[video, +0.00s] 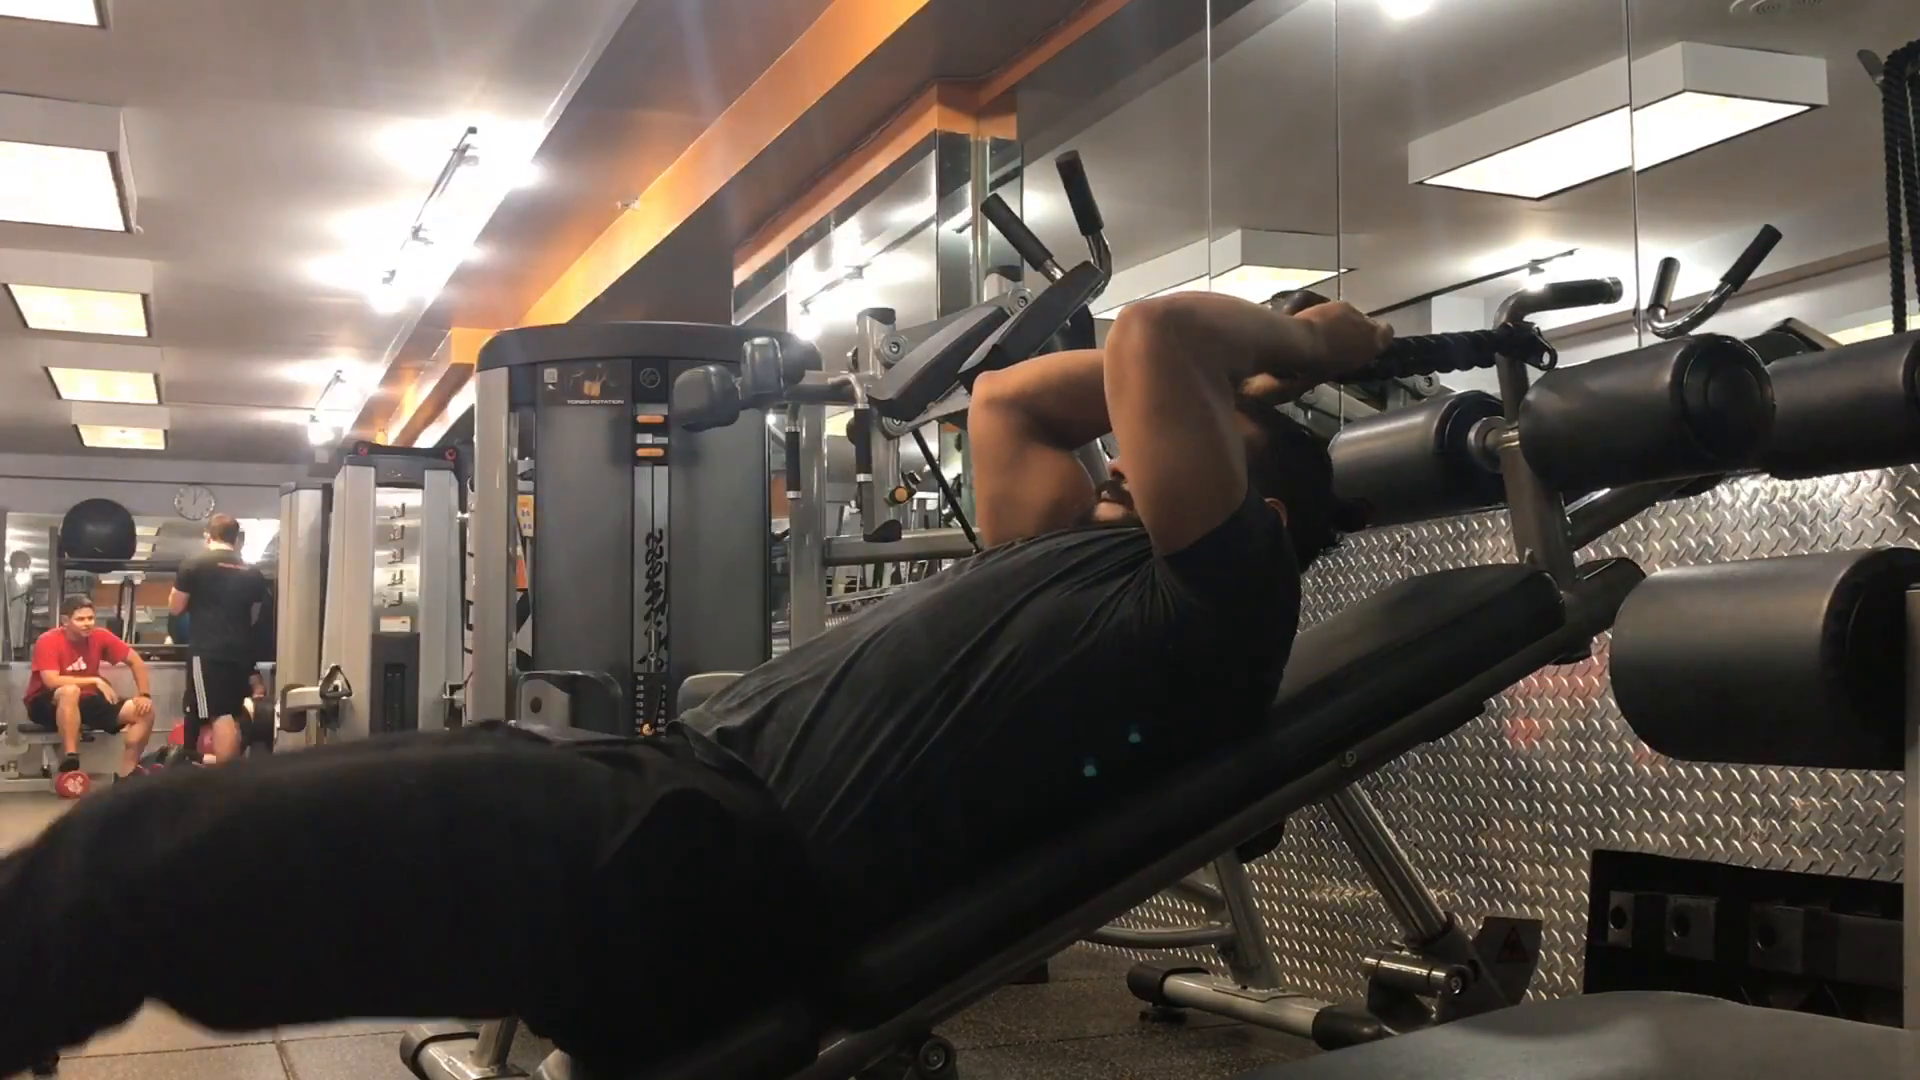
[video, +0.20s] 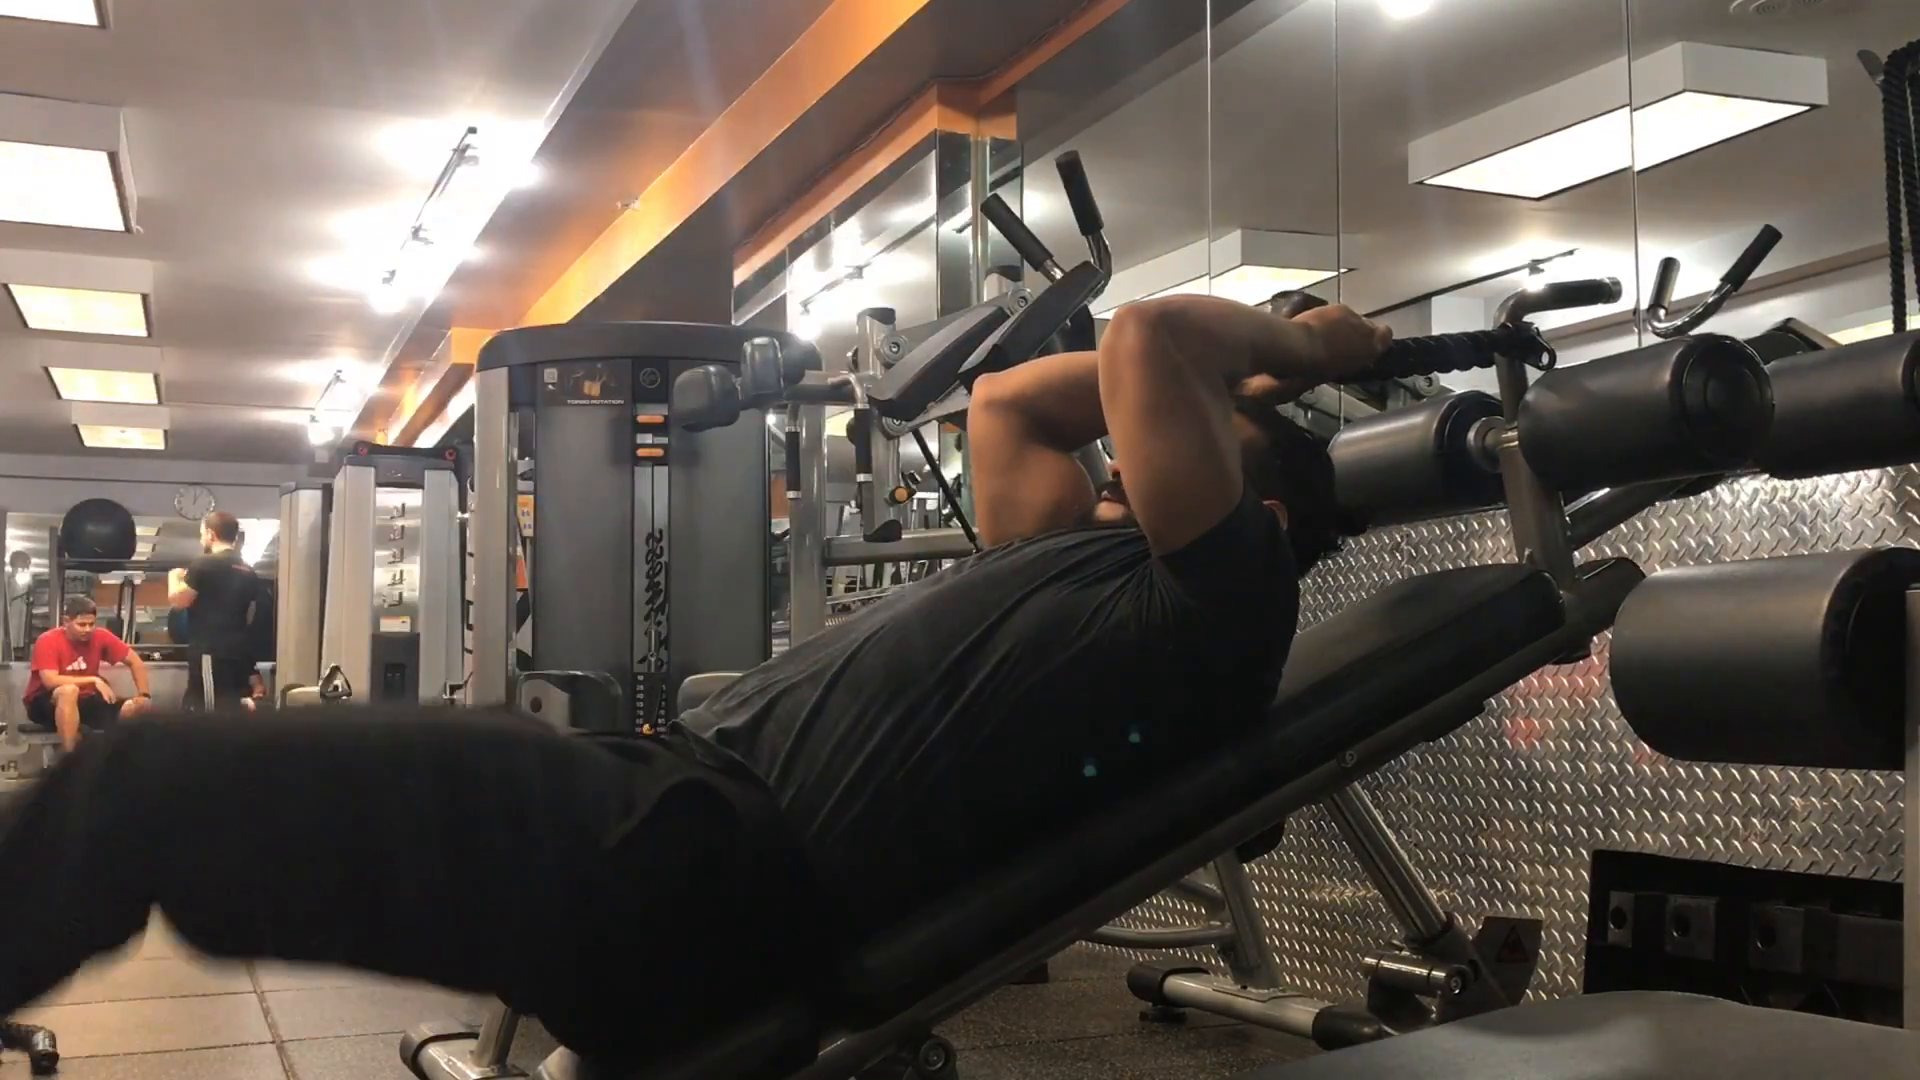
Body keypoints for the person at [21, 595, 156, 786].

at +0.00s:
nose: (87, 624)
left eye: (90, 618)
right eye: (81, 619)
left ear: (94, 618)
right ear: (65, 621)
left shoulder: (100, 636)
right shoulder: (48, 640)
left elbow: (135, 660)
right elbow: (51, 681)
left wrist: (144, 694)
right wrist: (95, 681)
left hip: (87, 702)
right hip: (45, 705)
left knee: (143, 711)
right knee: (70, 691)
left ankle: (127, 775)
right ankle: (71, 757)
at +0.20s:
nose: (87, 630)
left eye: (91, 624)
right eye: (81, 625)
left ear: (95, 622)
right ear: (66, 621)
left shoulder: (101, 637)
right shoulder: (48, 640)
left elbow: (135, 661)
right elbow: (50, 681)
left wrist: (144, 694)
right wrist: (94, 680)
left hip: (86, 703)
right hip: (45, 707)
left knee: (135, 708)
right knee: (68, 691)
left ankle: (124, 765)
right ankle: (71, 761)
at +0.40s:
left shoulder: (100, 640)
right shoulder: (52, 642)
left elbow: (134, 661)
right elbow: (50, 679)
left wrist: (144, 695)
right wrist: (94, 680)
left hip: (85, 702)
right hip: (47, 704)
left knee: (145, 710)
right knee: (67, 690)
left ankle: (127, 774)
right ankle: (68, 756)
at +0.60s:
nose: (83, 631)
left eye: (88, 626)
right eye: (78, 625)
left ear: (94, 623)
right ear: (67, 620)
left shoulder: (100, 636)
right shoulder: (48, 640)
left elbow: (132, 662)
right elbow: (49, 680)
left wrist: (144, 695)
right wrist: (91, 680)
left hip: (85, 704)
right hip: (44, 705)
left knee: (144, 711)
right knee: (65, 689)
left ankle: (126, 775)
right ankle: (68, 757)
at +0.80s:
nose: (80, 629)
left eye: (86, 624)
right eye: (75, 623)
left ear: (92, 622)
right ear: (65, 618)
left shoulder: (99, 637)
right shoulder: (45, 641)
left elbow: (128, 664)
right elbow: (47, 680)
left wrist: (143, 694)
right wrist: (83, 676)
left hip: (83, 702)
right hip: (43, 704)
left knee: (143, 711)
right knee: (66, 689)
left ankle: (126, 775)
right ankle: (71, 755)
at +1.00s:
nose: (81, 626)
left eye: (86, 621)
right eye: (76, 620)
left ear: (93, 620)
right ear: (65, 616)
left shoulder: (96, 641)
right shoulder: (43, 641)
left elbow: (112, 673)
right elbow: (36, 681)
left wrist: (137, 694)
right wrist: (67, 675)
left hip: (85, 703)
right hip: (44, 705)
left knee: (142, 711)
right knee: (66, 688)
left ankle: (126, 774)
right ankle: (74, 754)